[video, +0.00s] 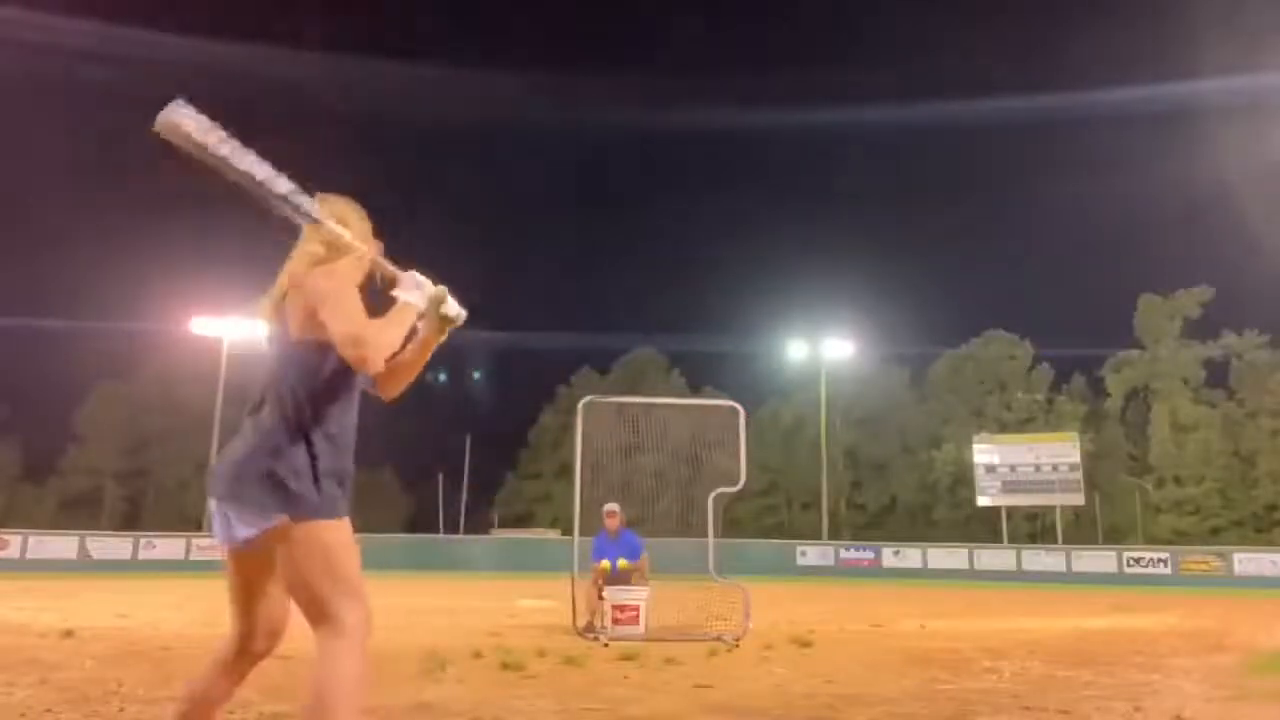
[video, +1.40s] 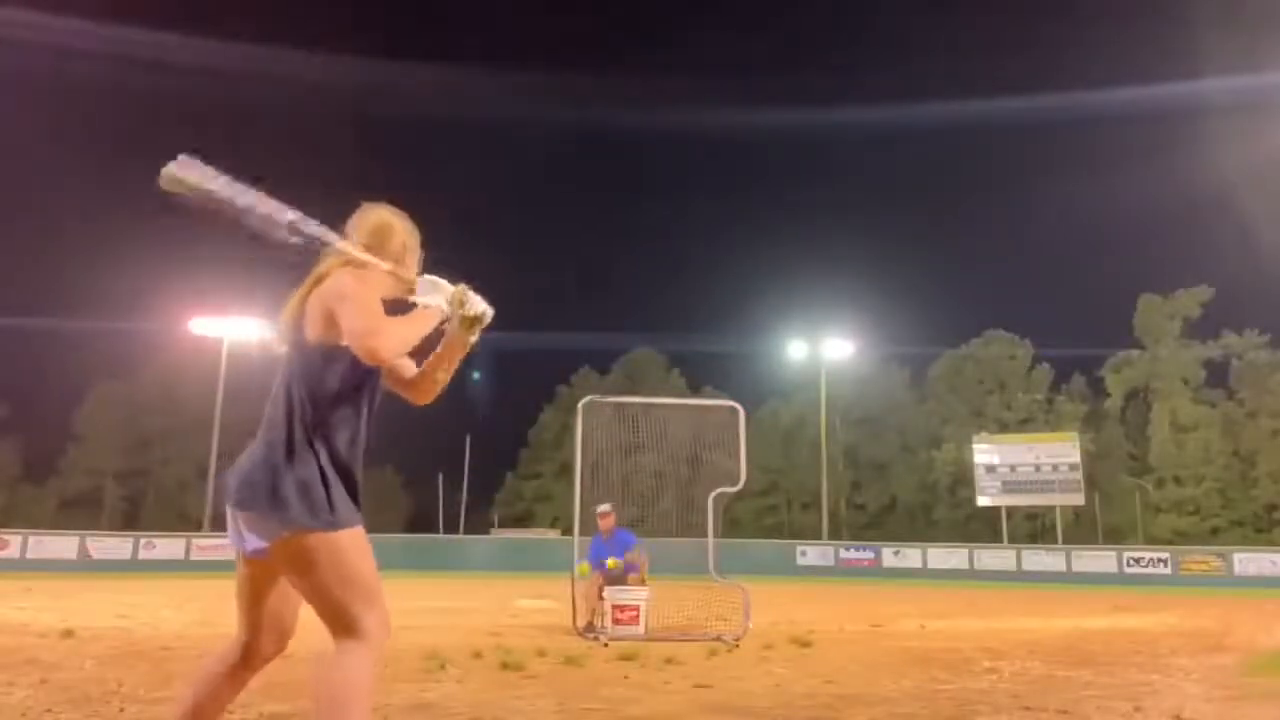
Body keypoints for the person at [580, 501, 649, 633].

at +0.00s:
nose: (611, 520)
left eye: (614, 516)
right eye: (608, 517)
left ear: (621, 518)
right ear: (603, 519)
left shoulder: (631, 538)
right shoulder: (599, 539)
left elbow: (643, 562)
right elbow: (595, 564)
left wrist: (628, 565)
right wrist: (602, 567)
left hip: (627, 576)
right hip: (607, 576)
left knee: (641, 581)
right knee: (592, 586)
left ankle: (638, 621)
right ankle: (591, 620)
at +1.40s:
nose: (604, 521)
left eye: (607, 517)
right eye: (601, 518)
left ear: (614, 517)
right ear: (597, 520)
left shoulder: (626, 537)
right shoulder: (596, 540)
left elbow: (636, 560)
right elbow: (593, 562)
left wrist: (621, 564)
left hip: (625, 573)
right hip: (606, 574)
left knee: (635, 577)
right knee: (593, 580)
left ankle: (635, 621)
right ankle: (590, 621)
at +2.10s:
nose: (597, 524)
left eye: (599, 519)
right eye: (593, 521)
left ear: (606, 518)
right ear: (590, 523)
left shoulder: (621, 533)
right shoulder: (594, 539)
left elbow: (644, 547)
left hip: (625, 573)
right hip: (606, 574)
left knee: (630, 578)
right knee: (592, 582)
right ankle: (590, 622)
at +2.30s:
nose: (604, 520)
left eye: (608, 516)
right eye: (602, 517)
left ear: (617, 517)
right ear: (599, 519)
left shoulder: (630, 536)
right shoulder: (598, 536)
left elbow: (645, 550)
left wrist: (639, 558)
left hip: (625, 573)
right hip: (605, 573)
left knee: (632, 578)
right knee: (592, 581)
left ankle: (631, 620)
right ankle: (590, 621)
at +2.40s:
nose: (612, 523)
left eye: (615, 518)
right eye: (607, 519)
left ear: (621, 519)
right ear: (601, 522)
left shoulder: (632, 537)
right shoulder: (599, 539)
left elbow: (640, 555)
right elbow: (595, 559)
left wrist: (635, 559)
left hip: (625, 571)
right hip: (607, 572)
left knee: (632, 577)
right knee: (593, 580)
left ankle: (629, 619)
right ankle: (590, 621)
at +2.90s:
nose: (621, 519)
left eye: (624, 515)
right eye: (618, 514)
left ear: (629, 517)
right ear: (612, 517)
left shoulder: (635, 536)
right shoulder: (604, 537)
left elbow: (643, 564)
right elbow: (594, 563)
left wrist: (629, 562)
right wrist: (609, 563)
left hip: (627, 571)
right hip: (608, 572)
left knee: (633, 578)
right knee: (595, 579)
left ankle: (630, 620)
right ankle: (589, 621)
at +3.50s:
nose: (619, 520)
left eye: (622, 516)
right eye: (616, 517)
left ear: (628, 519)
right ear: (610, 519)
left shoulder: (634, 539)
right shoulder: (603, 539)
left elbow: (640, 560)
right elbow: (595, 563)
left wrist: (629, 570)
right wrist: (608, 571)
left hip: (629, 571)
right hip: (609, 571)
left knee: (639, 575)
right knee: (595, 577)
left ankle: (638, 620)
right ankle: (589, 621)